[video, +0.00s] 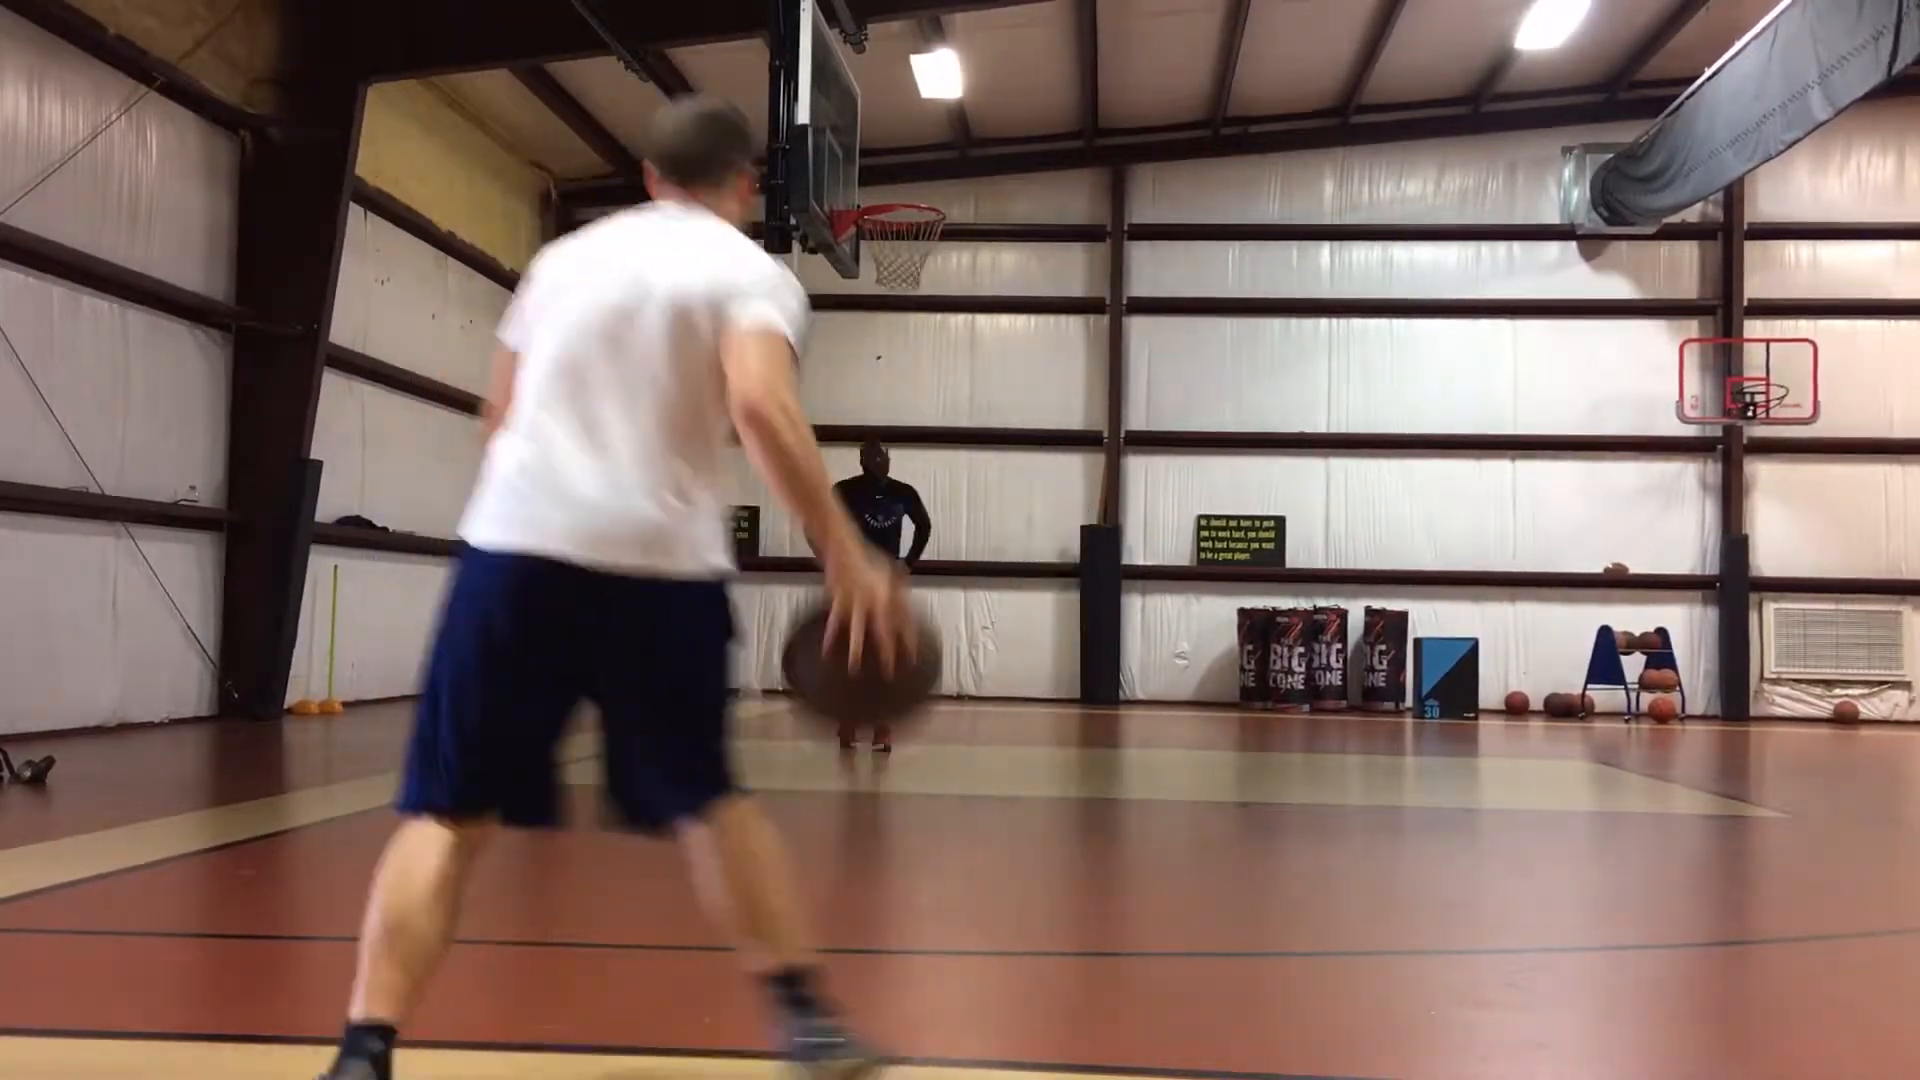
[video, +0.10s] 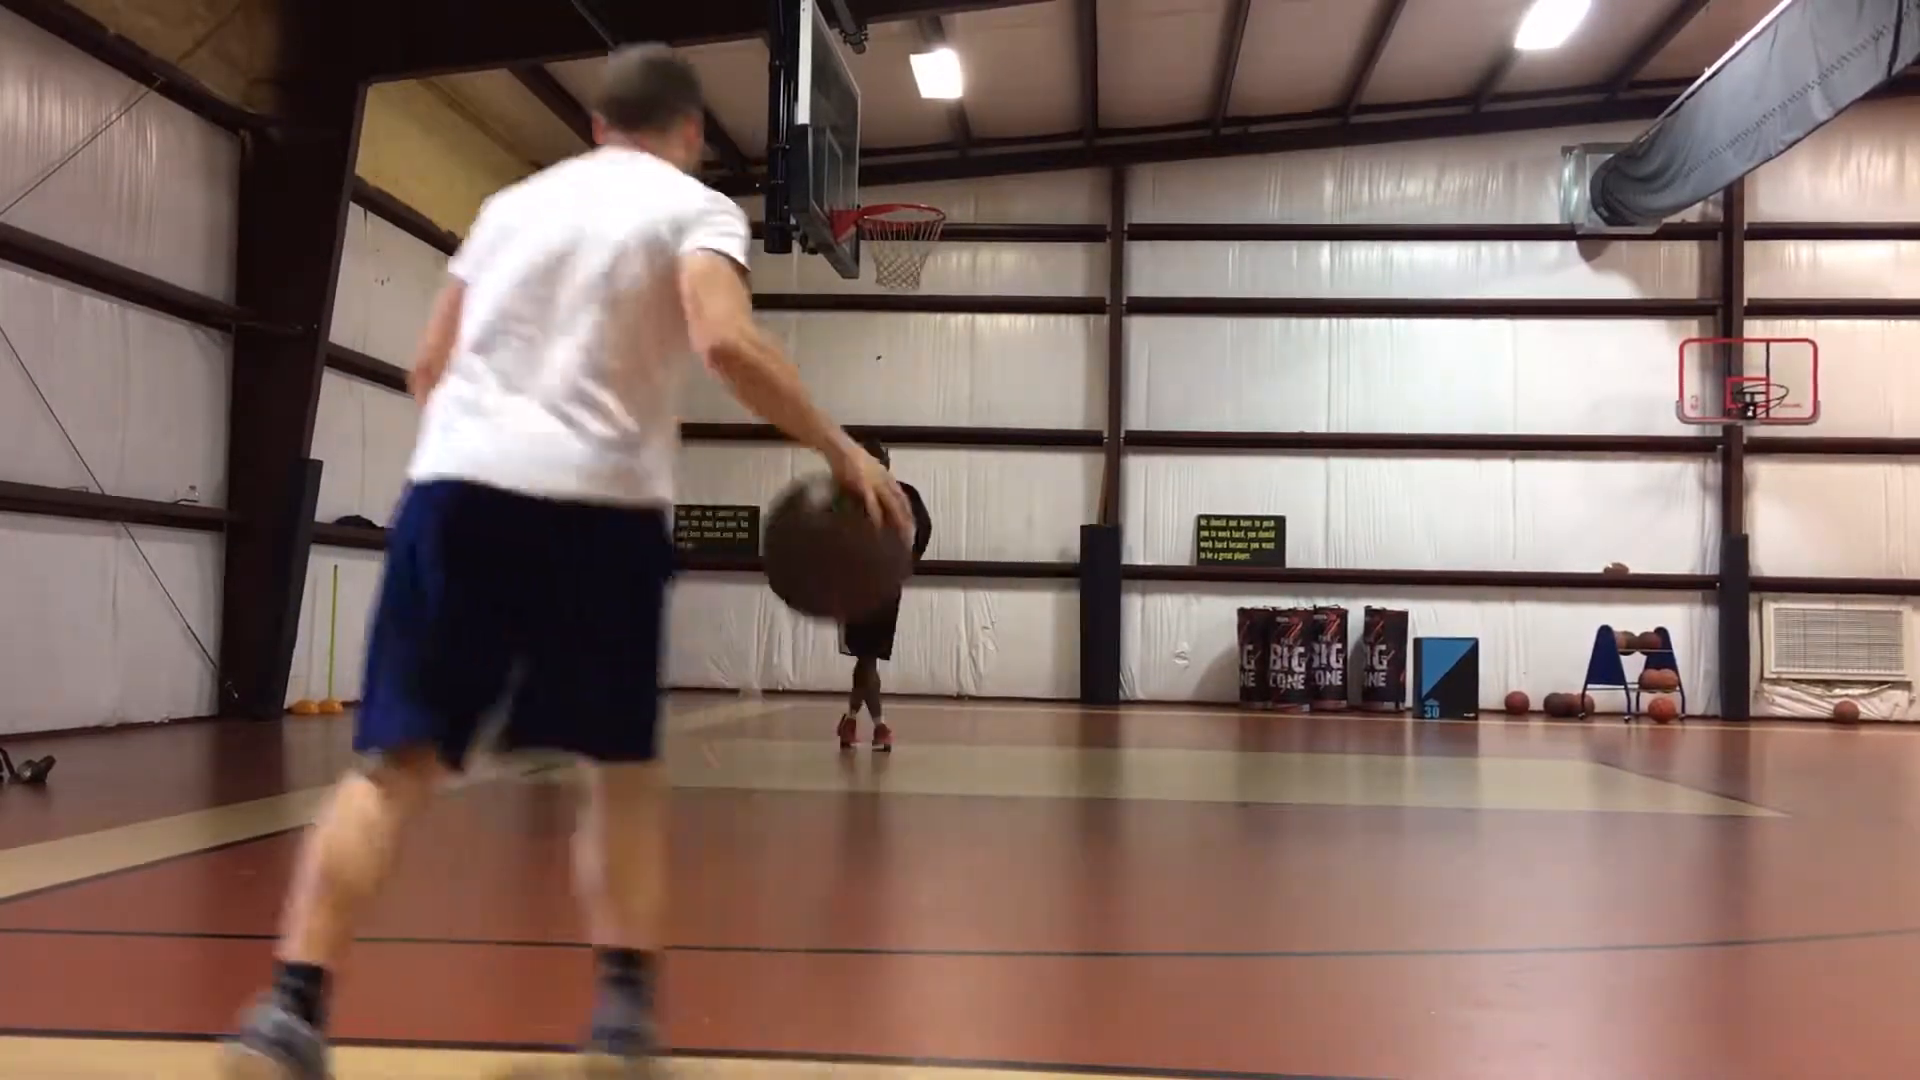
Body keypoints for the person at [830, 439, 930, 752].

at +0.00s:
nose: (880, 463)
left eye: (883, 457)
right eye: (874, 457)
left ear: (888, 459)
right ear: (862, 460)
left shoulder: (904, 494)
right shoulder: (843, 491)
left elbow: (923, 527)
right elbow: (815, 528)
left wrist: (910, 562)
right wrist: (832, 561)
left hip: (887, 577)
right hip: (850, 576)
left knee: (885, 649)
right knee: (851, 650)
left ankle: (883, 721)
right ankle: (847, 720)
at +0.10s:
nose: (873, 469)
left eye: (877, 462)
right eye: (867, 463)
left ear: (884, 463)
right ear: (856, 467)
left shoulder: (903, 494)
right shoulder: (844, 497)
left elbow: (923, 528)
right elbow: (828, 541)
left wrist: (911, 559)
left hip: (887, 580)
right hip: (853, 580)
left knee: (868, 655)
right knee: (866, 656)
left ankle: (850, 718)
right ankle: (879, 724)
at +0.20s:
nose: (879, 462)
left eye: (882, 455)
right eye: (872, 456)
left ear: (888, 458)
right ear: (861, 460)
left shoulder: (904, 494)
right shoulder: (845, 493)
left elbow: (925, 525)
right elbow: (814, 530)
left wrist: (912, 561)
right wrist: (831, 567)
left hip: (887, 581)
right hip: (853, 580)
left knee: (870, 654)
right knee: (866, 653)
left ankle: (849, 718)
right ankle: (880, 724)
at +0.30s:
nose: (877, 464)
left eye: (880, 457)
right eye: (870, 459)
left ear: (888, 458)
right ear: (861, 462)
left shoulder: (906, 493)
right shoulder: (846, 493)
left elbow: (926, 525)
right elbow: (815, 530)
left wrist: (913, 561)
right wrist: (833, 568)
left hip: (888, 581)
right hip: (855, 580)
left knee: (871, 654)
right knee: (867, 653)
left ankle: (849, 717)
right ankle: (879, 725)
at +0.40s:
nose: (878, 462)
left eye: (881, 455)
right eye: (872, 457)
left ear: (888, 457)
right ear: (861, 461)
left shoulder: (906, 493)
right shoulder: (846, 493)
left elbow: (927, 525)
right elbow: (817, 531)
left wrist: (913, 561)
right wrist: (834, 568)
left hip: (889, 581)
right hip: (855, 580)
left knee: (871, 654)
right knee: (867, 653)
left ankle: (849, 717)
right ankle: (879, 725)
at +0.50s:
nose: (878, 461)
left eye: (881, 455)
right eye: (872, 457)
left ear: (888, 457)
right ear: (861, 461)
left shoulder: (907, 493)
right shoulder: (846, 493)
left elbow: (927, 525)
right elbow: (818, 531)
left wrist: (914, 562)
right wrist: (835, 570)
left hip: (889, 581)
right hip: (856, 581)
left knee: (871, 654)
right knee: (867, 653)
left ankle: (849, 717)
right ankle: (879, 725)